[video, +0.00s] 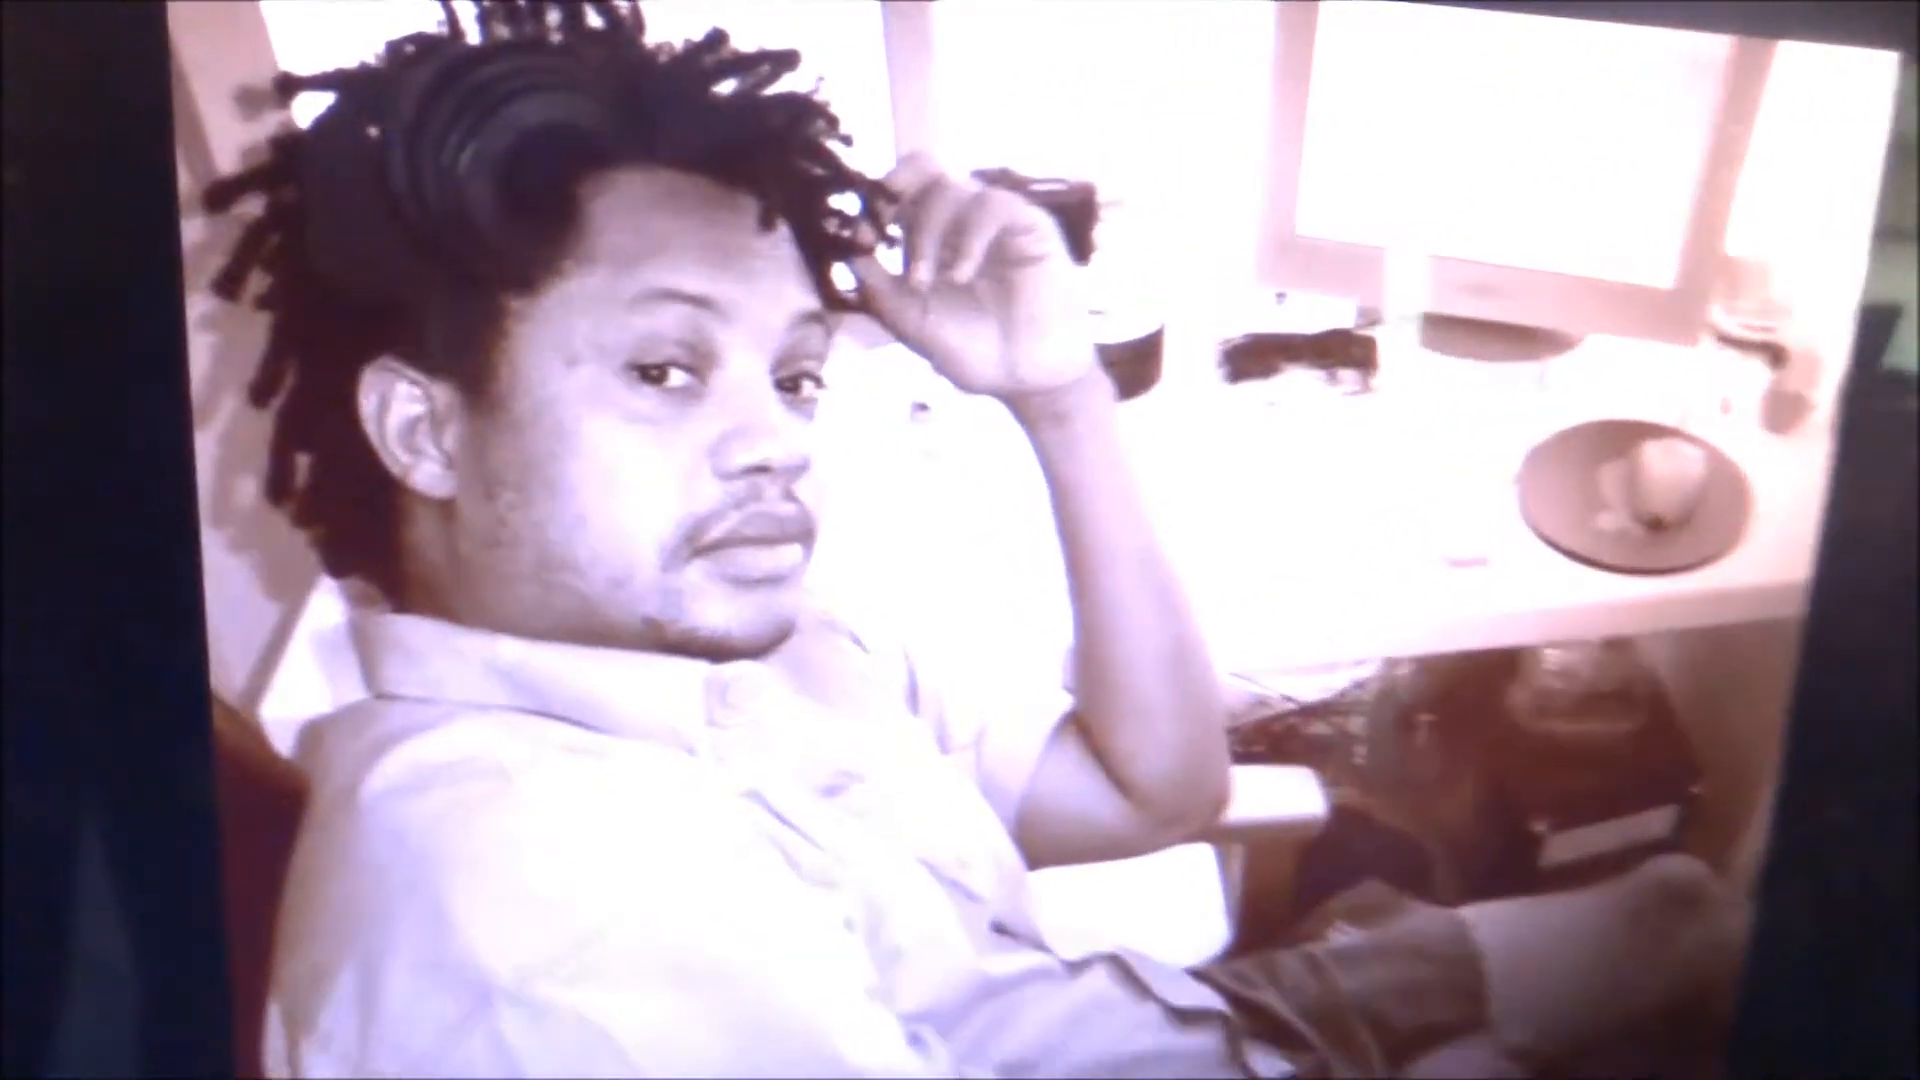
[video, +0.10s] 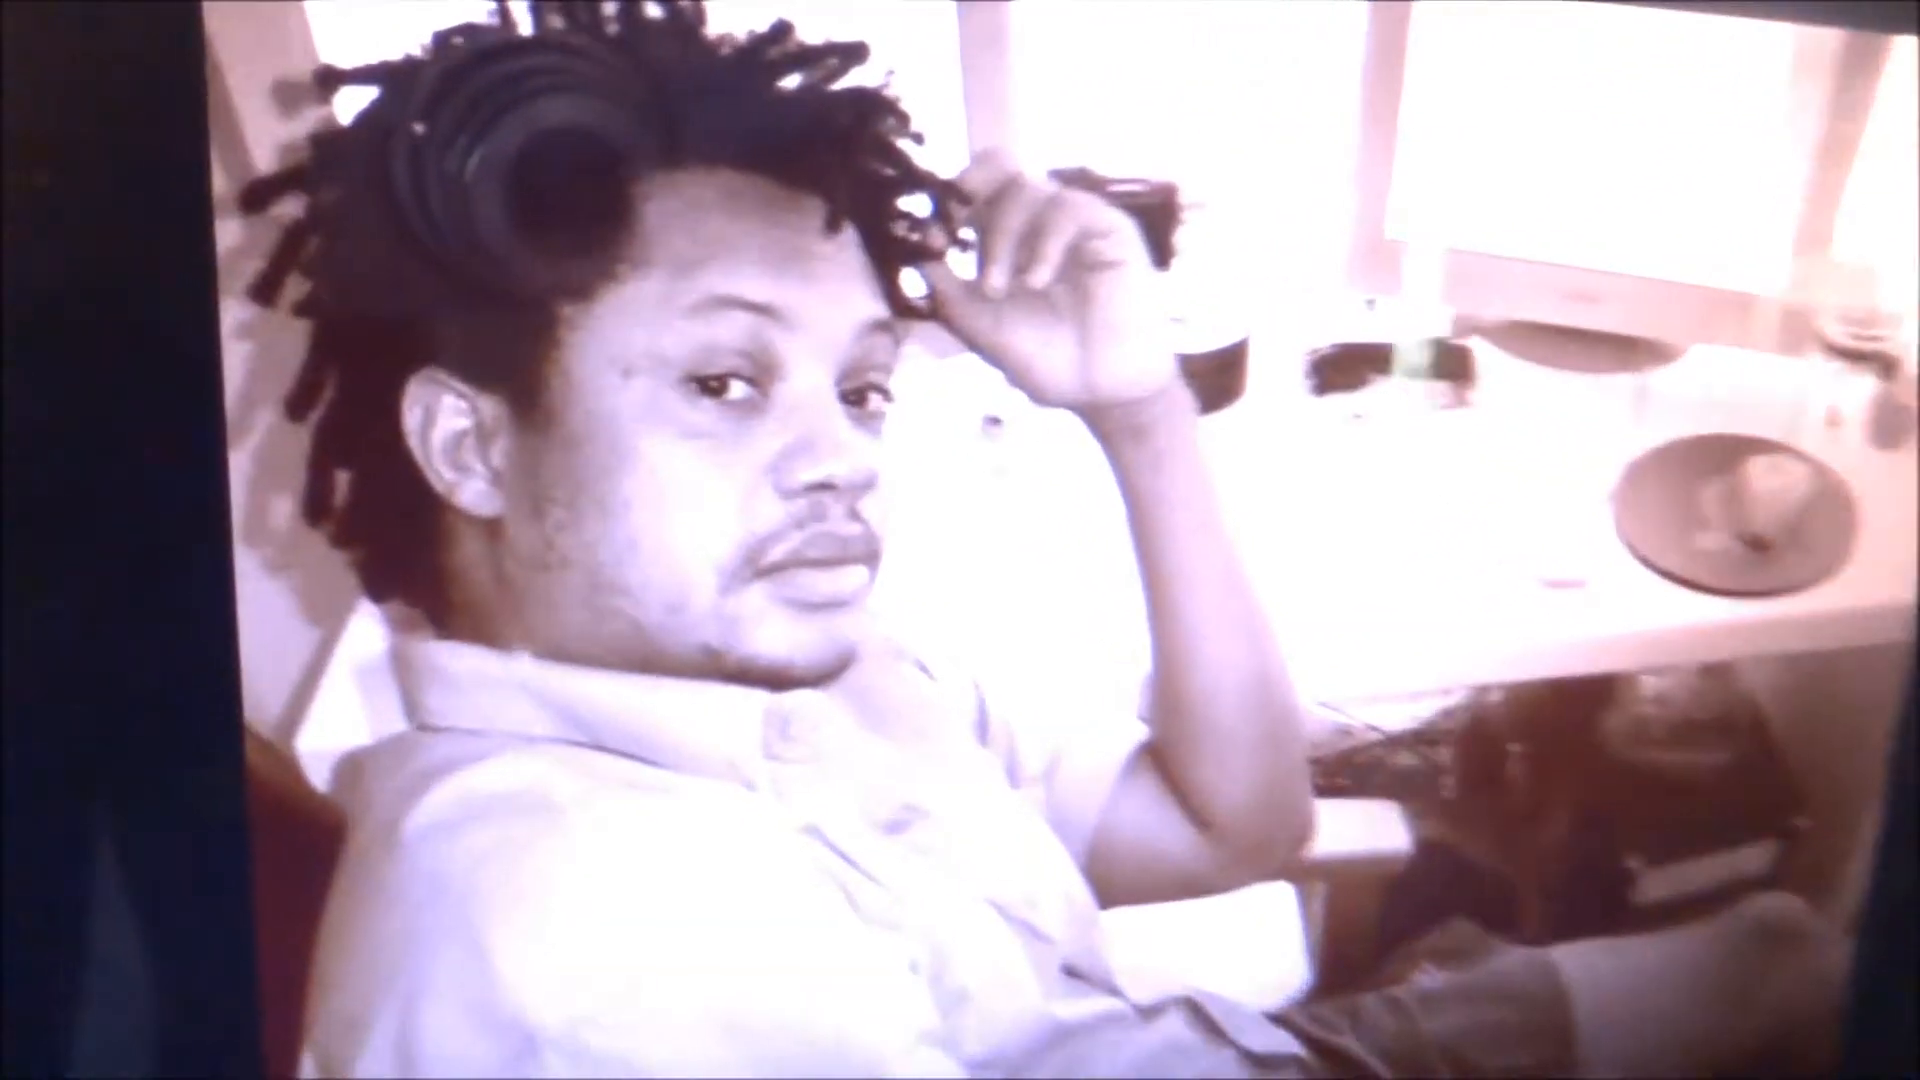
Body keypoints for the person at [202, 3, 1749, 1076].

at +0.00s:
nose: (777, 456)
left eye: (788, 383)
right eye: (665, 375)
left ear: (826, 391)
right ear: (418, 428)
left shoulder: (771, 663)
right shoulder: (498, 875)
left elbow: (1159, 790)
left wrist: (1059, 394)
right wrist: (1459, 1036)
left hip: (1213, 1015)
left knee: (1683, 906)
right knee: (1710, 948)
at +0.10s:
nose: (839, 470)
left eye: (855, 393)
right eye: (724, 386)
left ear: (893, 398)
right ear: (465, 449)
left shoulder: (851, 697)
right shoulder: (531, 903)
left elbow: (1237, 823)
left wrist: (1141, 410)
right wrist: (1514, 1034)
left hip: (1291, 1040)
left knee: (1793, 939)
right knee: (1810, 968)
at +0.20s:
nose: (902, 504)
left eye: (920, 426)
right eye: (783, 416)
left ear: (959, 437)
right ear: (503, 480)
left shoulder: (905, 776)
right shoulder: (581, 976)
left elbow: (1316, 876)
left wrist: (1216, 442)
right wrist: (1659, 1061)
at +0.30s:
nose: (959, 554)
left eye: (979, 475)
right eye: (825, 461)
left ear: (1014, 487)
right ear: (527, 538)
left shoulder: (989, 826)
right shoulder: (583, 1011)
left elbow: (1396, 962)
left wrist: (1295, 492)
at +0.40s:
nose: (1012, 587)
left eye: (1033, 503)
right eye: (863, 491)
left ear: (1072, 509)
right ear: (545, 576)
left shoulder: (1055, 873)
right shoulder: (601, 1026)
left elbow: (1463, 1024)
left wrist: (1371, 537)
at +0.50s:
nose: (1074, 588)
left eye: (1094, 497)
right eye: (916, 490)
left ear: (1138, 495)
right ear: (577, 574)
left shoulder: (1118, 880)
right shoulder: (632, 1040)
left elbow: (1545, 1041)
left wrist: (1445, 535)